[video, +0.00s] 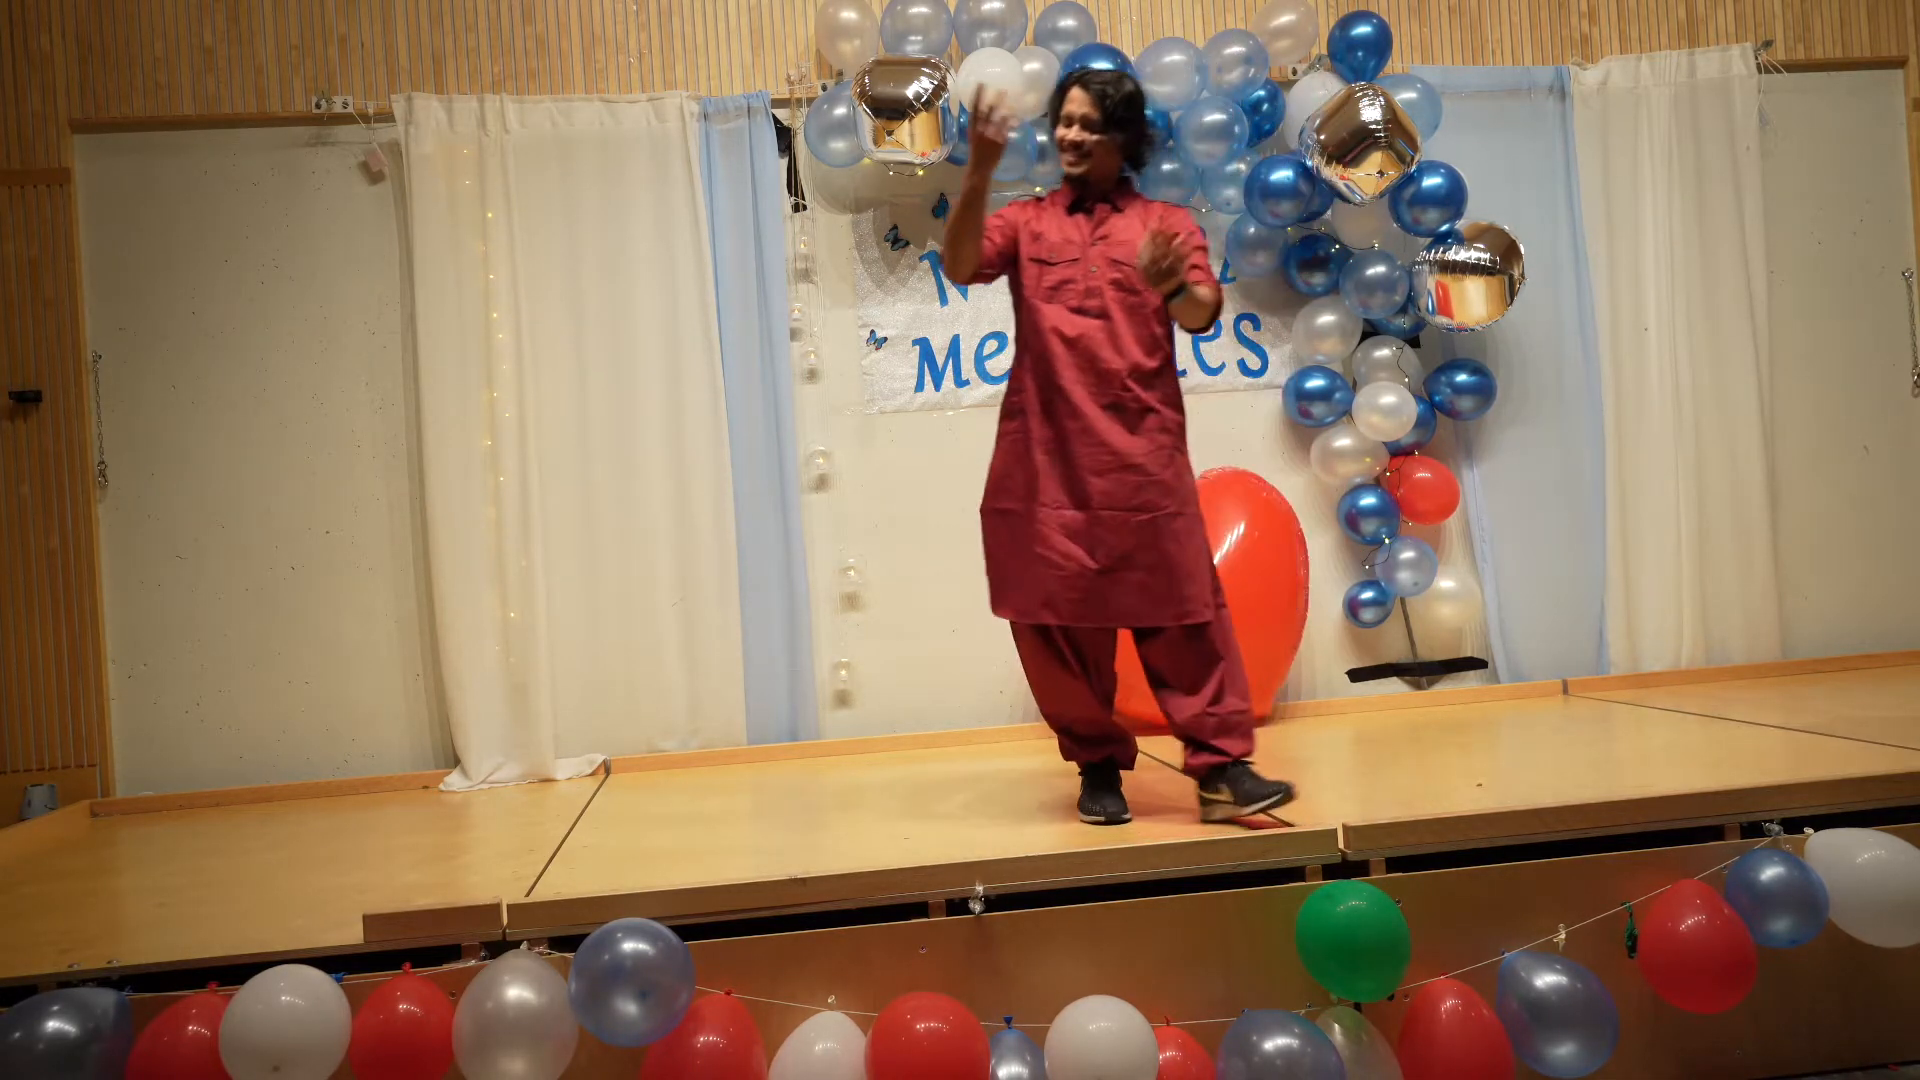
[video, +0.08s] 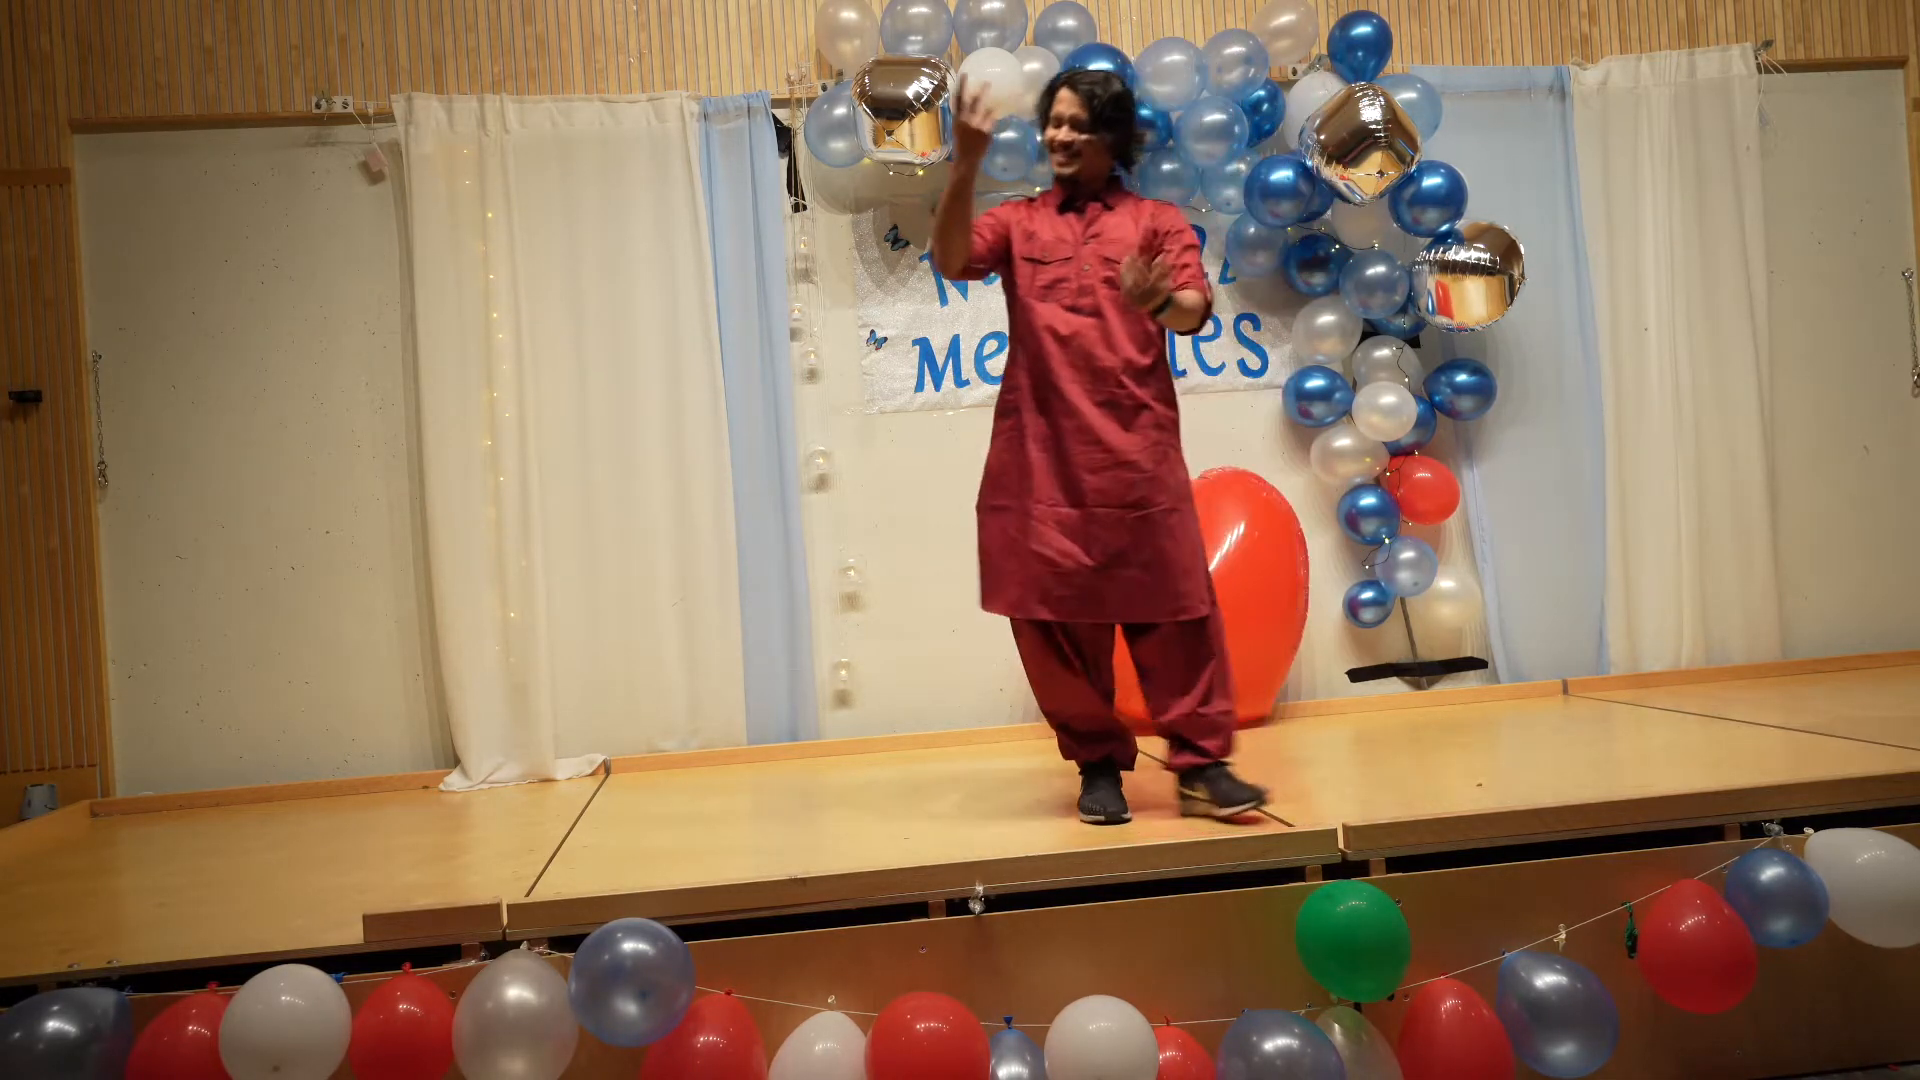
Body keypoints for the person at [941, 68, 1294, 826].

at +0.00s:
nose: (1073, 136)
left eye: (1089, 125)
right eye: (1065, 123)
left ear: (1126, 138)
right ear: (1053, 133)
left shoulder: (1166, 224)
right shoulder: (1028, 220)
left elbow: (1203, 315)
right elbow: (961, 264)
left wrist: (1169, 289)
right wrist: (980, 167)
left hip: (1145, 449)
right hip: (1048, 453)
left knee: (1187, 604)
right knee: (1059, 615)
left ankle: (1224, 767)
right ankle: (1098, 768)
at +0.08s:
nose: (1062, 136)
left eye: (1079, 125)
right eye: (1054, 123)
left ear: (1116, 138)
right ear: (1043, 132)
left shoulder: (1158, 221)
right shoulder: (1020, 220)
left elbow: (1195, 315)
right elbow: (952, 257)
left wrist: (1153, 301)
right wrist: (966, 163)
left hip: (1139, 449)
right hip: (1043, 452)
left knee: (1177, 603)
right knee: (1057, 613)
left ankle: (1203, 767)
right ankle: (1096, 768)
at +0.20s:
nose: (1049, 138)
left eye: (1065, 127)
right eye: (1040, 126)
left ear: (1103, 138)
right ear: (1030, 136)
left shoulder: (1146, 220)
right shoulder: (1010, 221)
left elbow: (1186, 302)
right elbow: (940, 250)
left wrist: (1152, 313)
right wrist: (950, 153)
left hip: (1134, 451)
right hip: (1041, 451)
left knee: (1161, 603)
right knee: (1056, 612)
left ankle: (1157, 752)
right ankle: (1096, 763)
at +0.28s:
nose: (1044, 140)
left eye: (1060, 128)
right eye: (1034, 129)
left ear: (1096, 139)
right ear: (1024, 141)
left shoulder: (1141, 221)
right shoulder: (1006, 225)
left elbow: (1179, 306)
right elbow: (936, 248)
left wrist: (1143, 318)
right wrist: (947, 153)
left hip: (1128, 451)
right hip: (1036, 452)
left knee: (1148, 606)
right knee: (1052, 613)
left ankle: (1135, 732)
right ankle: (1093, 758)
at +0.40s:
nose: (1040, 143)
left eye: (1055, 132)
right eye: (1030, 133)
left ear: (1090, 142)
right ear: (1018, 147)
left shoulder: (1136, 226)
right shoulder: (1001, 231)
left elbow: (1176, 308)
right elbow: (933, 253)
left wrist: (1144, 317)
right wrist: (950, 155)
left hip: (1124, 454)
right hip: (1033, 455)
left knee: (1138, 609)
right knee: (1050, 615)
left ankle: (1100, 727)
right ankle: (1095, 758)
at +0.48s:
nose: (1041, 146)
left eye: (1056, 135)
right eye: (1029, 137)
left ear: (1088, 146)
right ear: (1017, 151)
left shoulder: (1132, 230)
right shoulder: (1001, 236)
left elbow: (1177, 309)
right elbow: (935, 260)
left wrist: (1148, 315)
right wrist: (956, 164)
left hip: (1122, 455)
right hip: (1033, 457)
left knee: (1133, 608)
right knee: (1048, 616)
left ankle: (1097, 732)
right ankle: (1095, 759)